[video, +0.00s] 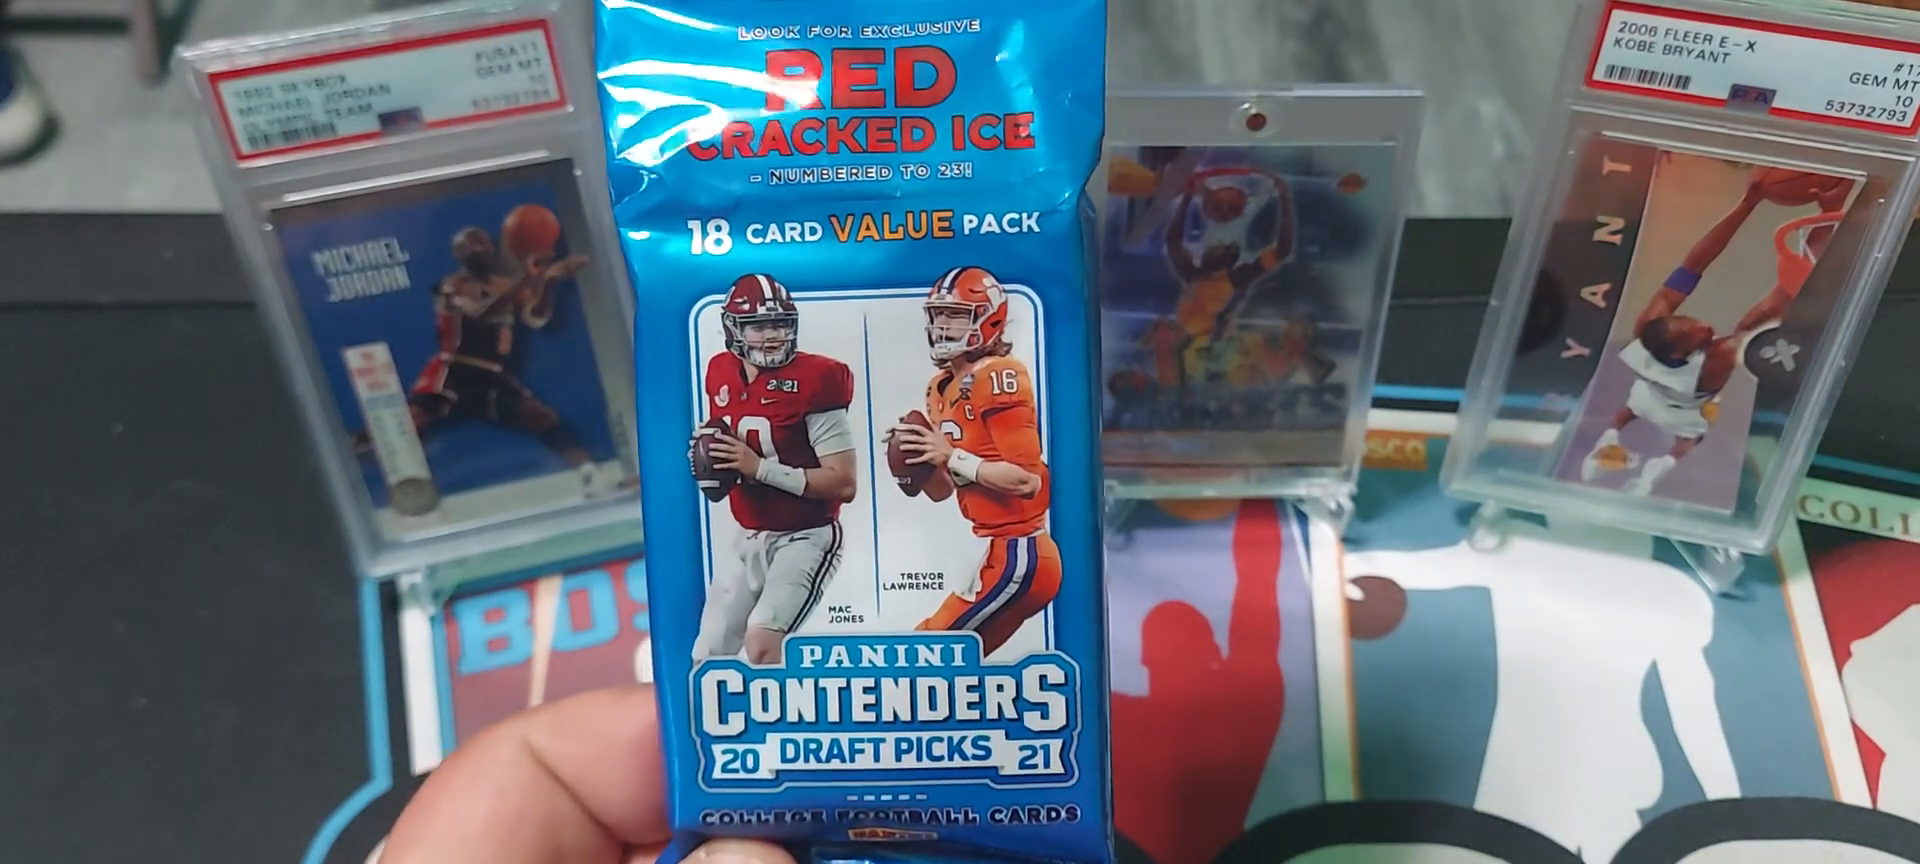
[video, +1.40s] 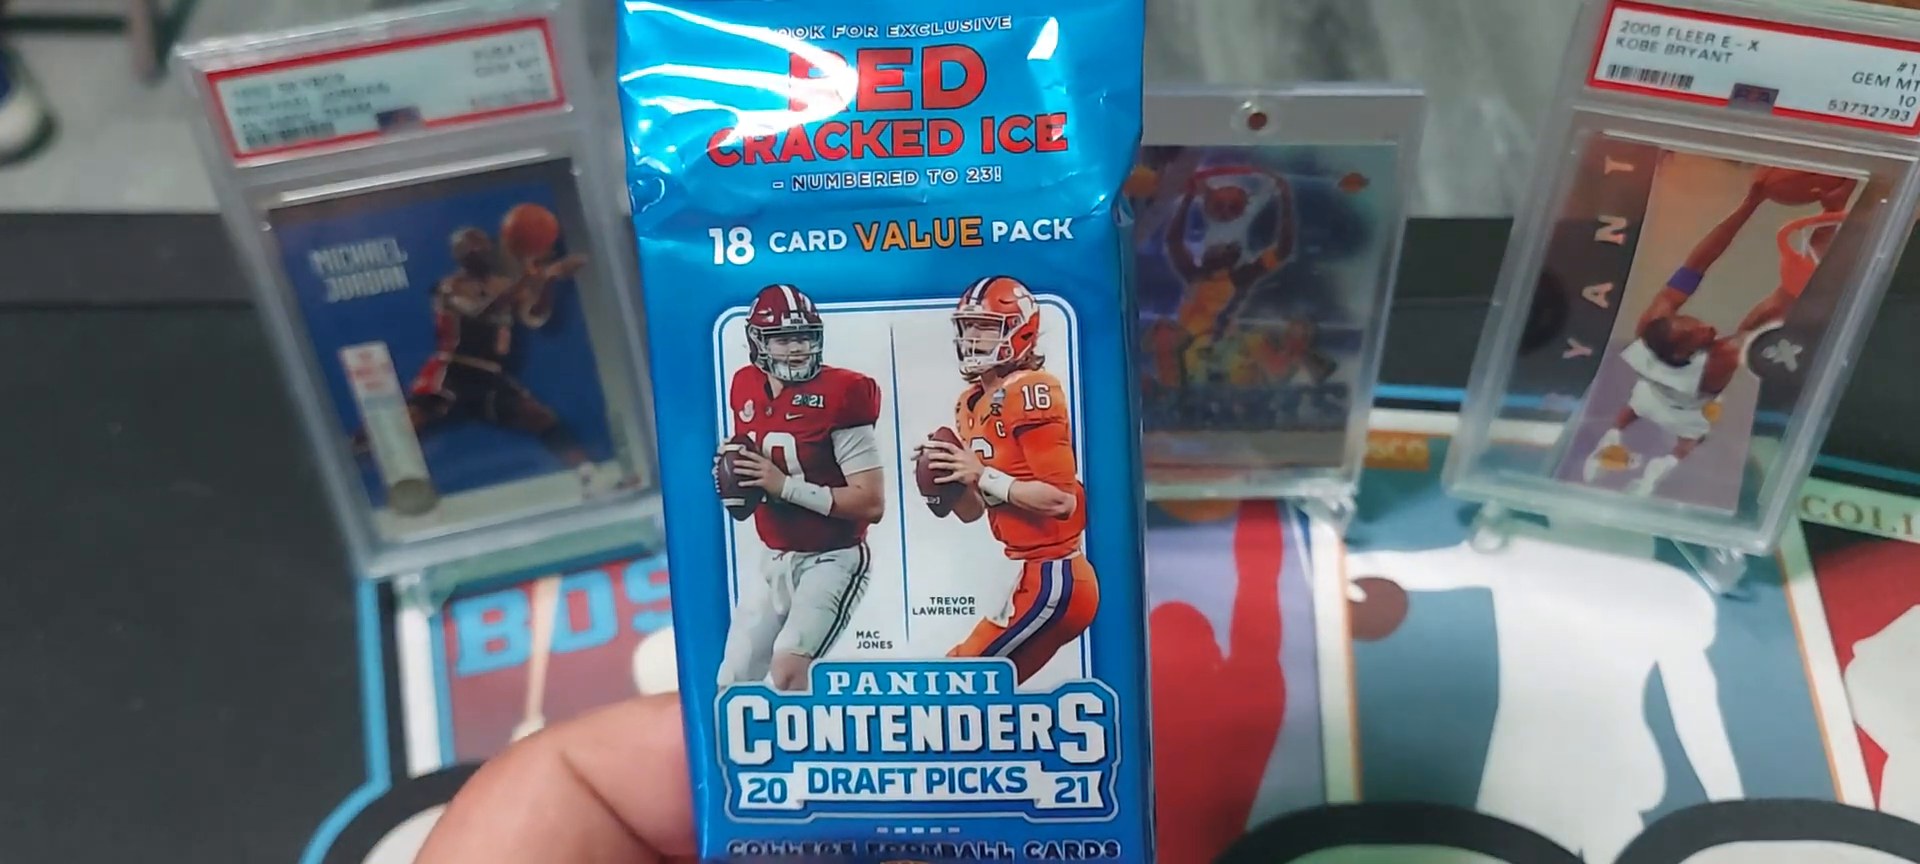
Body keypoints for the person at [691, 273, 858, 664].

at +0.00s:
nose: (770, 335)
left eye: (778, 325)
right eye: (757, 326)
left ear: (791, 326)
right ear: (734, 329)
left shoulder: (818, 379)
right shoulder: (721, 371)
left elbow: (843, 484)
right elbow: (718, 436)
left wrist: (759, 467)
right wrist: (704, 452)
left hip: (808, 538)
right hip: (747, 539)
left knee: (760, 646)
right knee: (707, 657)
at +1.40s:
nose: (795, 349)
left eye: (803, 338)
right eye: (783, 339)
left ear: (817, 339)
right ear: (759, 342)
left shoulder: (844, 393)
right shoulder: (746, 385)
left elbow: (871, 503)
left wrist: (784, 485)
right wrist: (730, 470)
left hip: (835, 559)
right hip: (774, 561)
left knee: (787, 673)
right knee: (733, 682)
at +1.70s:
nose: (805, 368)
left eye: (813, 357)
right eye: (791, 358)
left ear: (825, 358)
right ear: (767, 363)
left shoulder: (852, 413)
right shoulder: (754, 406)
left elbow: (877, 522)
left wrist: (791, 505)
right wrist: (739, 495)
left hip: (841, 577)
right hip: (780, 580)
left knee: (793, 691)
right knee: (738, 703)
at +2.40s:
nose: (852, 384)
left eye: (861, 372)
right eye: (838, 373)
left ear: (875, 375)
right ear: (813, 377)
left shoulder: (902, 432)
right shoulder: (802, 420)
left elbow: (925, 546)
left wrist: (836, 524)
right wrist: (783, 514)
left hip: (887, 602)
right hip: (826, 602)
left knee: (836, 715)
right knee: (779, 726)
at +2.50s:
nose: (904, 412)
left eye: (914, 400)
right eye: (890, 400)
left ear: (928, 402)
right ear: (865, 403)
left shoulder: (956, 461)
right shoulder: (852, 447)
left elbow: (975, 577)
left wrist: (885, 553)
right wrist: (832, 543)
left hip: (935, 635)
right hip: (871, 632)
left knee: (881, 748)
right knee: (823, 757)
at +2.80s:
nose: (959, 402)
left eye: (968, 391)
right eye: (946, 391)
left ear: (982, 394)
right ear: (919, 393)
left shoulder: (1004, 453)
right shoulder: (901, 436)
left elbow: (1021, 570)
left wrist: (932, 544)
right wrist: (877, 527)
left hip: (977, 626)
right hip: (910, 621)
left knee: (916, 738)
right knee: (858, 743)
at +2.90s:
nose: (979, 379)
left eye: (990, 367)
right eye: (967, 367)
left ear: (1004, 371)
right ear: (941, 369)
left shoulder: (1025, 429)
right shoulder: (923, 409)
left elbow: (1035, 547)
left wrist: (947, 517)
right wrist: (895, 494)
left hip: (991, 600)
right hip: (927, 594)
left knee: (926, 707)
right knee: (867, 712)